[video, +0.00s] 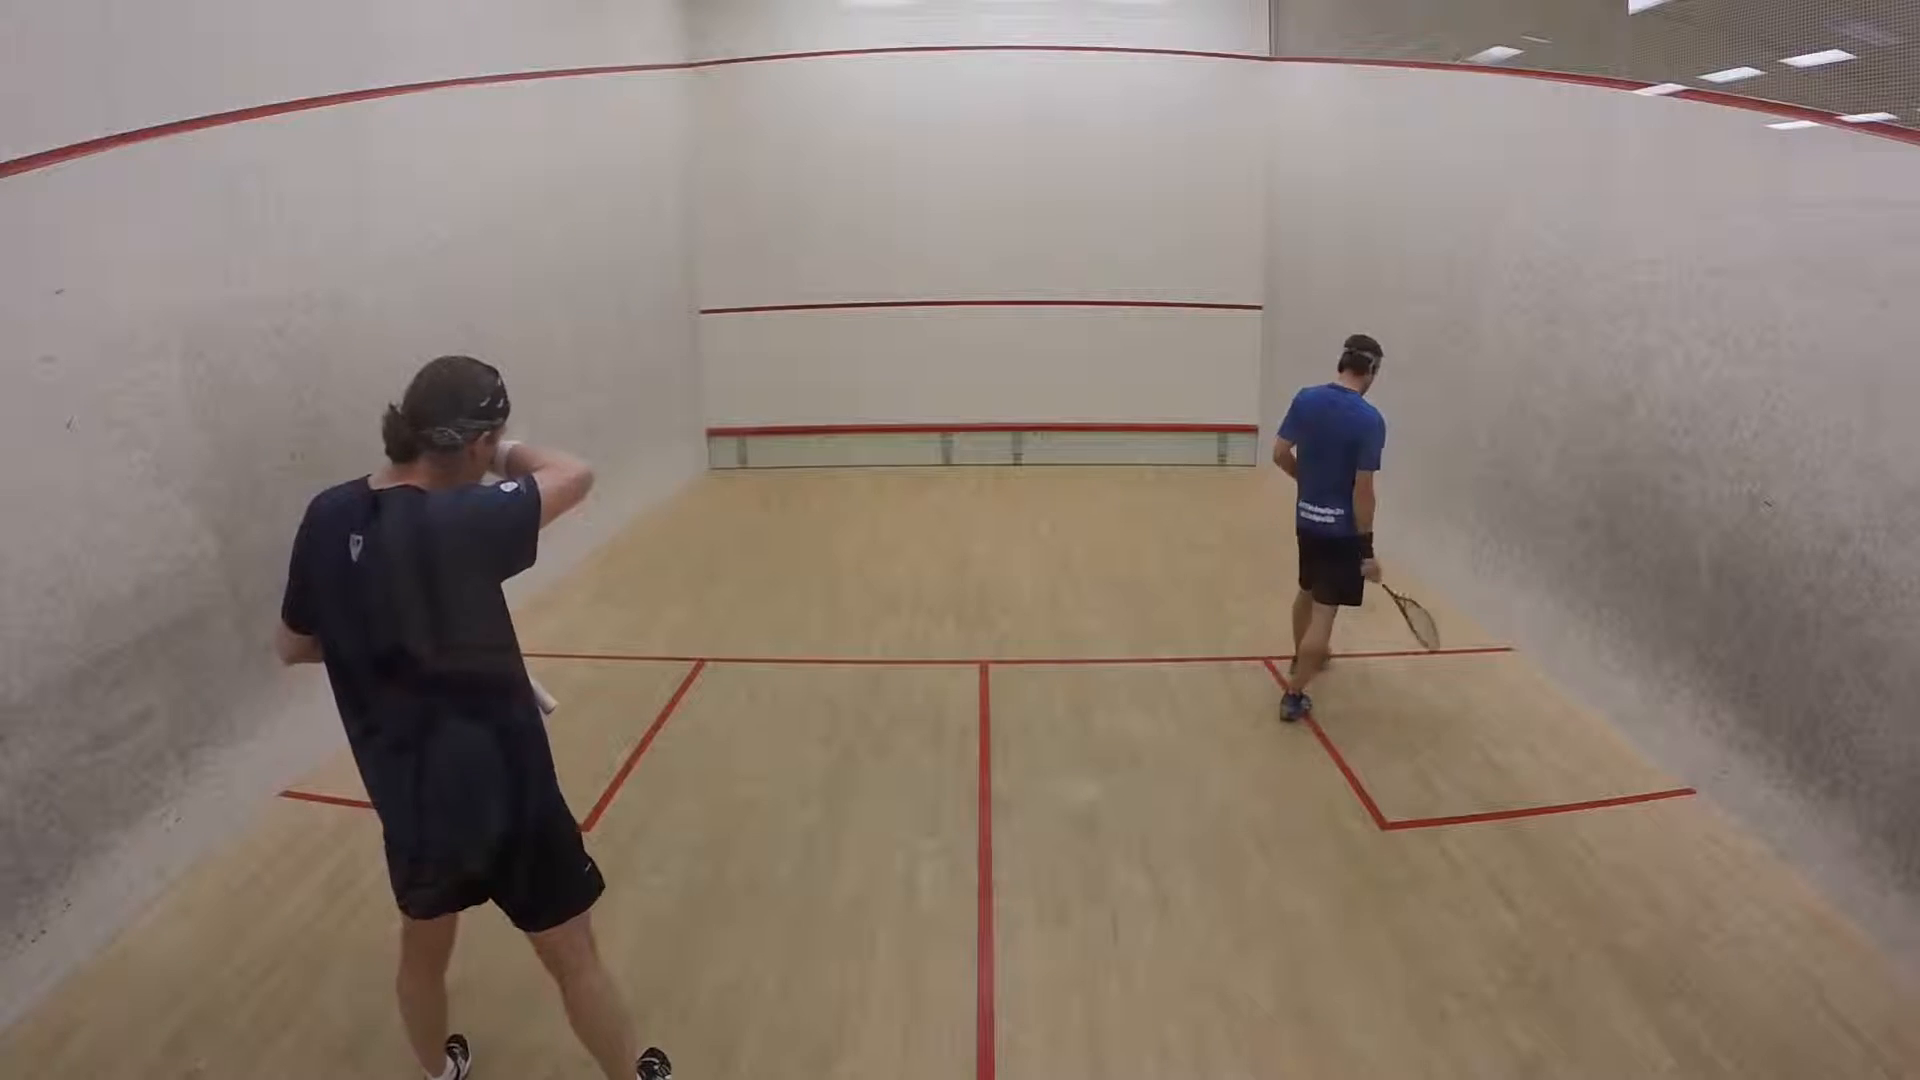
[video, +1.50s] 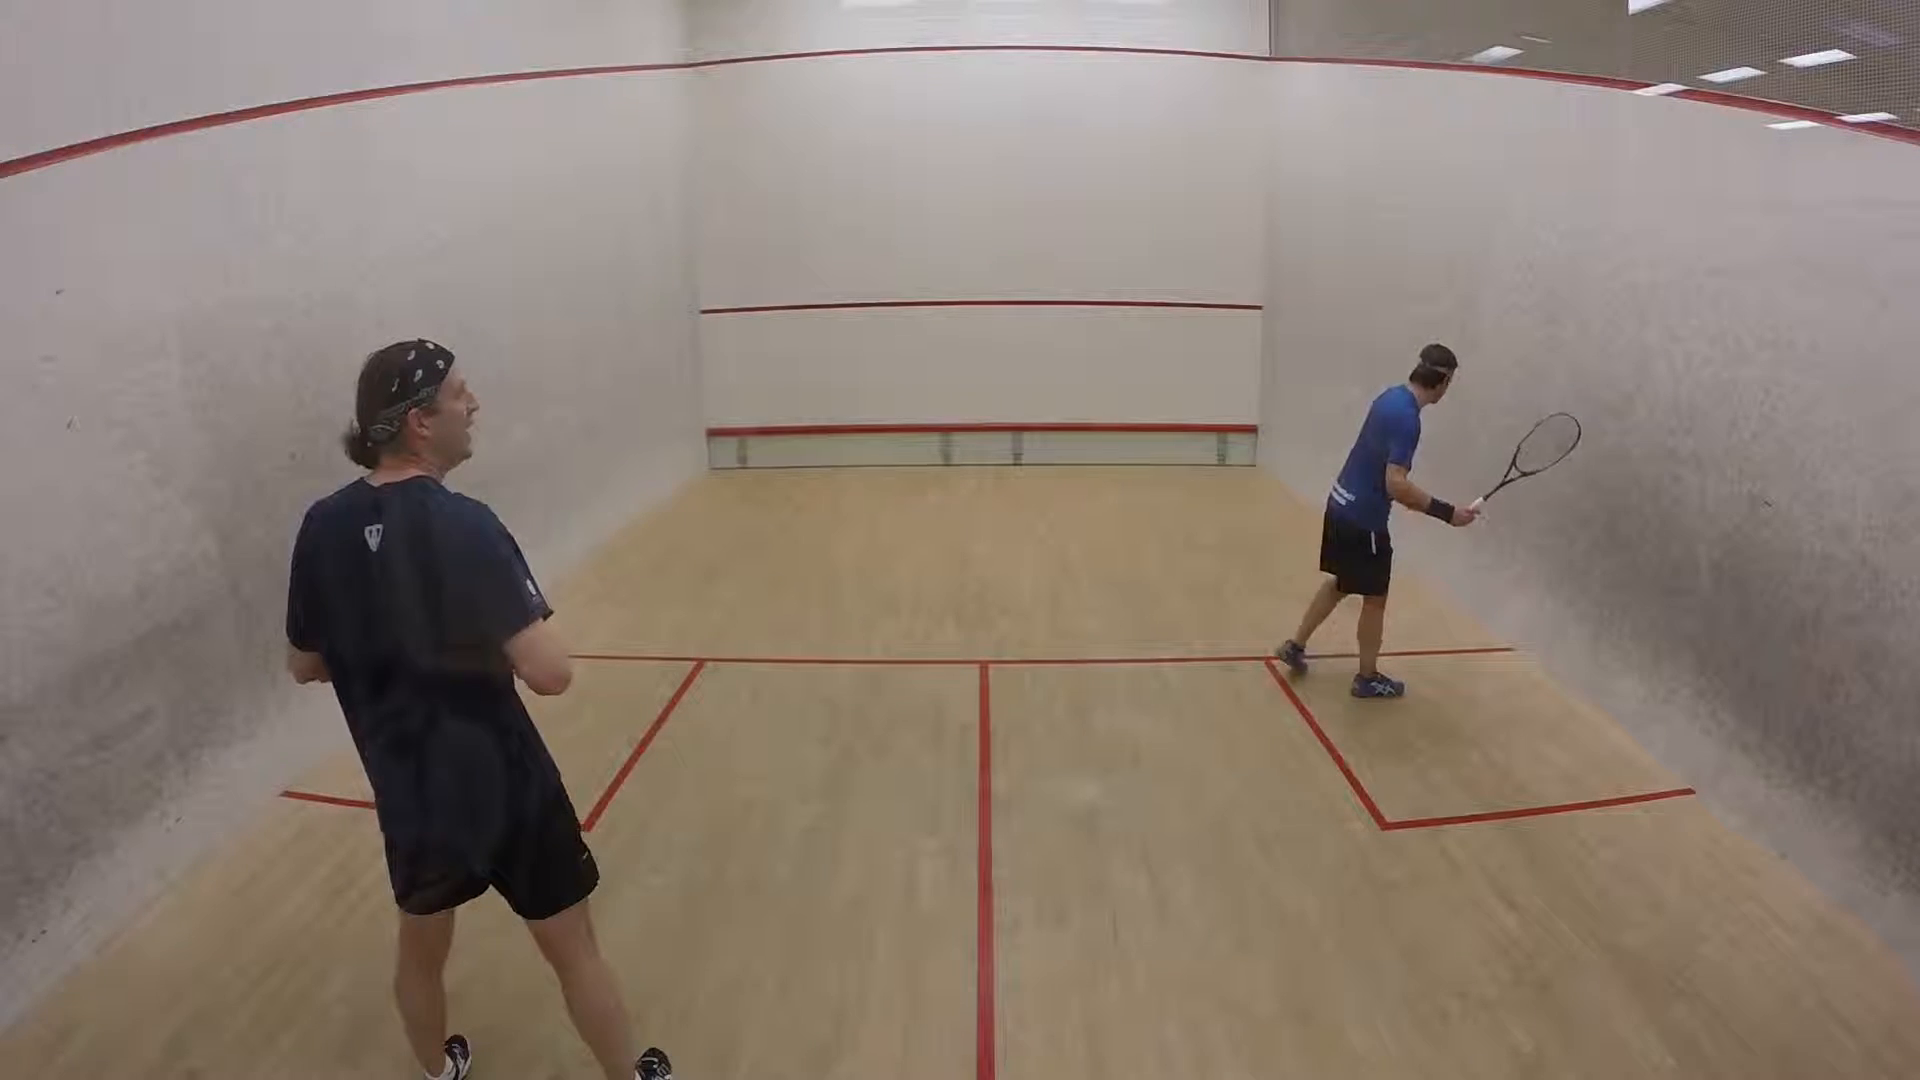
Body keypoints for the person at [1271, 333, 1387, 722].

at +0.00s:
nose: (1373, 379)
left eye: (1370, 371)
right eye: (1374, 372)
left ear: (1340, 364)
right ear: (1371, 372)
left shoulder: (1307, 398)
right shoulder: (1369, 420)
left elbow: (1281, 452)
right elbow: (1363, 490)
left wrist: (1309, 480)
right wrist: (1367, 548)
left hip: (1306, 522)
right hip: (1340, 530)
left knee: (1307, 592)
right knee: (1322, 614)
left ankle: (1302, 660)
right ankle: (1293, 695)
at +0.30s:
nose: (1387, 374)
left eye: (1389, 366)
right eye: (1388, 366)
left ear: (1356, 356)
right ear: (1377, 363)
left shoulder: (1329, 388)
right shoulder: (1358, 408)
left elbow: (1336, 440)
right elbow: (1340, 473)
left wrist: (1374, 454)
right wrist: (1366, 523)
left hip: (1318, 506)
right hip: (1344, 514)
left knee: (1323, 577)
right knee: (1377, 585)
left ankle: (1305, 655)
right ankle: (1321, 652)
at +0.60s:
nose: (1408, 369)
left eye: (1409, 361)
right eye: (1403, 360)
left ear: (1381, 360)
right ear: (1381, 358)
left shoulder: (1362, 393)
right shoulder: (1367, 403)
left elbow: (1371, 457)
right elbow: (1350, 468)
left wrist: (1400, 487)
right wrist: (1391, 503)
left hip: (1340, 506)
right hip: (1360, 514)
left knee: (1331, 578)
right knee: (1378, 592)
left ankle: (1306, 654)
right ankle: (1368, 676)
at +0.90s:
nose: (1431, 371)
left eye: (1433, 363)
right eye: (1426, 361)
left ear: (1404, 362)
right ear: (1402, 358)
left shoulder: (1388, 395)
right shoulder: (1387, 403)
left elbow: (1375, 461)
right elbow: (1375, 470)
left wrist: (1407, 492)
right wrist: (1423, 494)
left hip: (1360, 508)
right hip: (1376, 516)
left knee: (1355, 579)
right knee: (1382, 594)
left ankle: (1314, 645)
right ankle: (1369, 676)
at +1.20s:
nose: (1450, 384)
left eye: (1452, 376)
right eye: (1449, 376)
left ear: (1422, 368)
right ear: (1434, 372)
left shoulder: (1393, 396)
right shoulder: (1404, 411)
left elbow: (1378, 464)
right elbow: (1391, 480)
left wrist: (1405, 494)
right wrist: (1445, 503)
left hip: (1354, 509)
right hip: (1377, 521)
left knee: (1353, 583)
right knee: (1380, 600)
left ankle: (1317, 646)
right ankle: (1368, 677)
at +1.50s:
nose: (1446, 391)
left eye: (1449, 384)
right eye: (1448, 384)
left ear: (1417, 372)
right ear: (1440, 382)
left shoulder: (1390, 398)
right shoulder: (1406, 417)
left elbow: (1374, 463)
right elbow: (1396, 485)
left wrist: (1406, 495)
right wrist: (1447, 512)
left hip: (1340, 507)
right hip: (1365, 522)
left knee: (1340, 582)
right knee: (1375, 599)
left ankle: (1295, 644)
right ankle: (1367, 677)